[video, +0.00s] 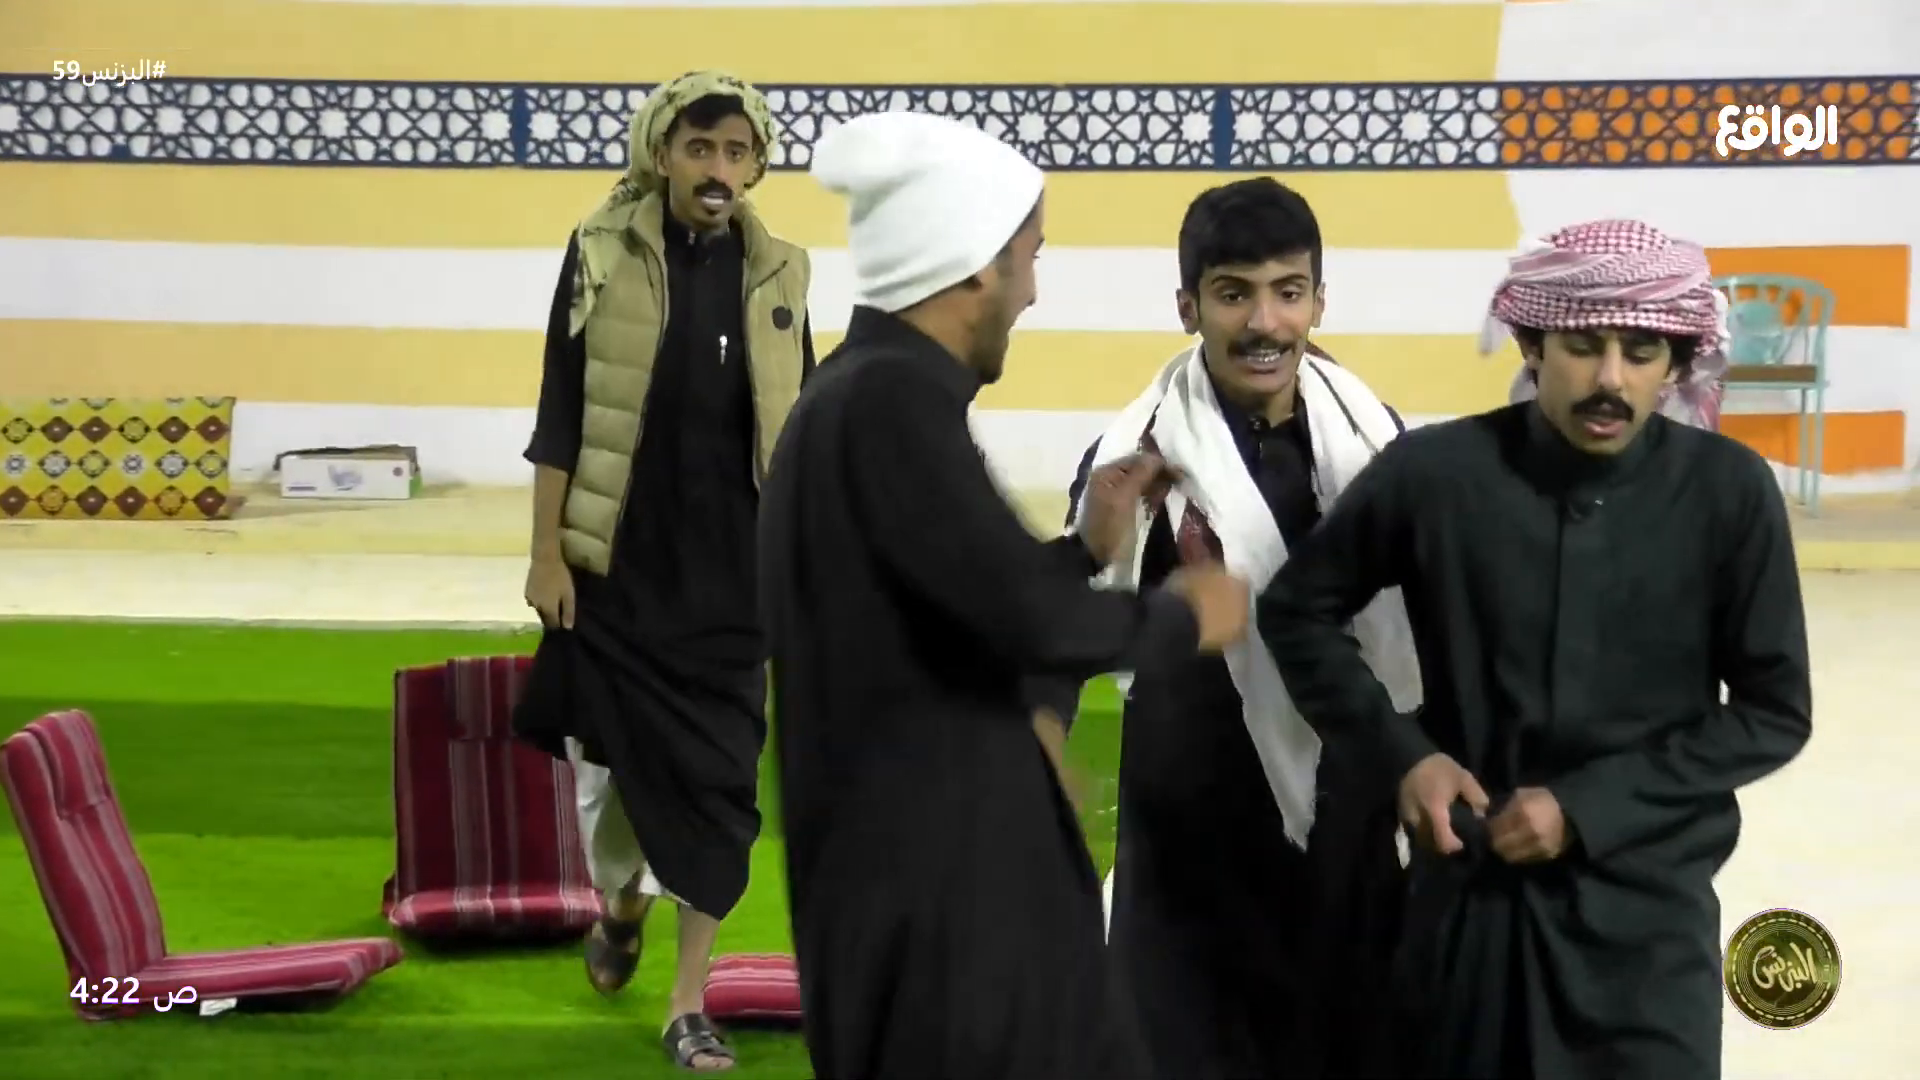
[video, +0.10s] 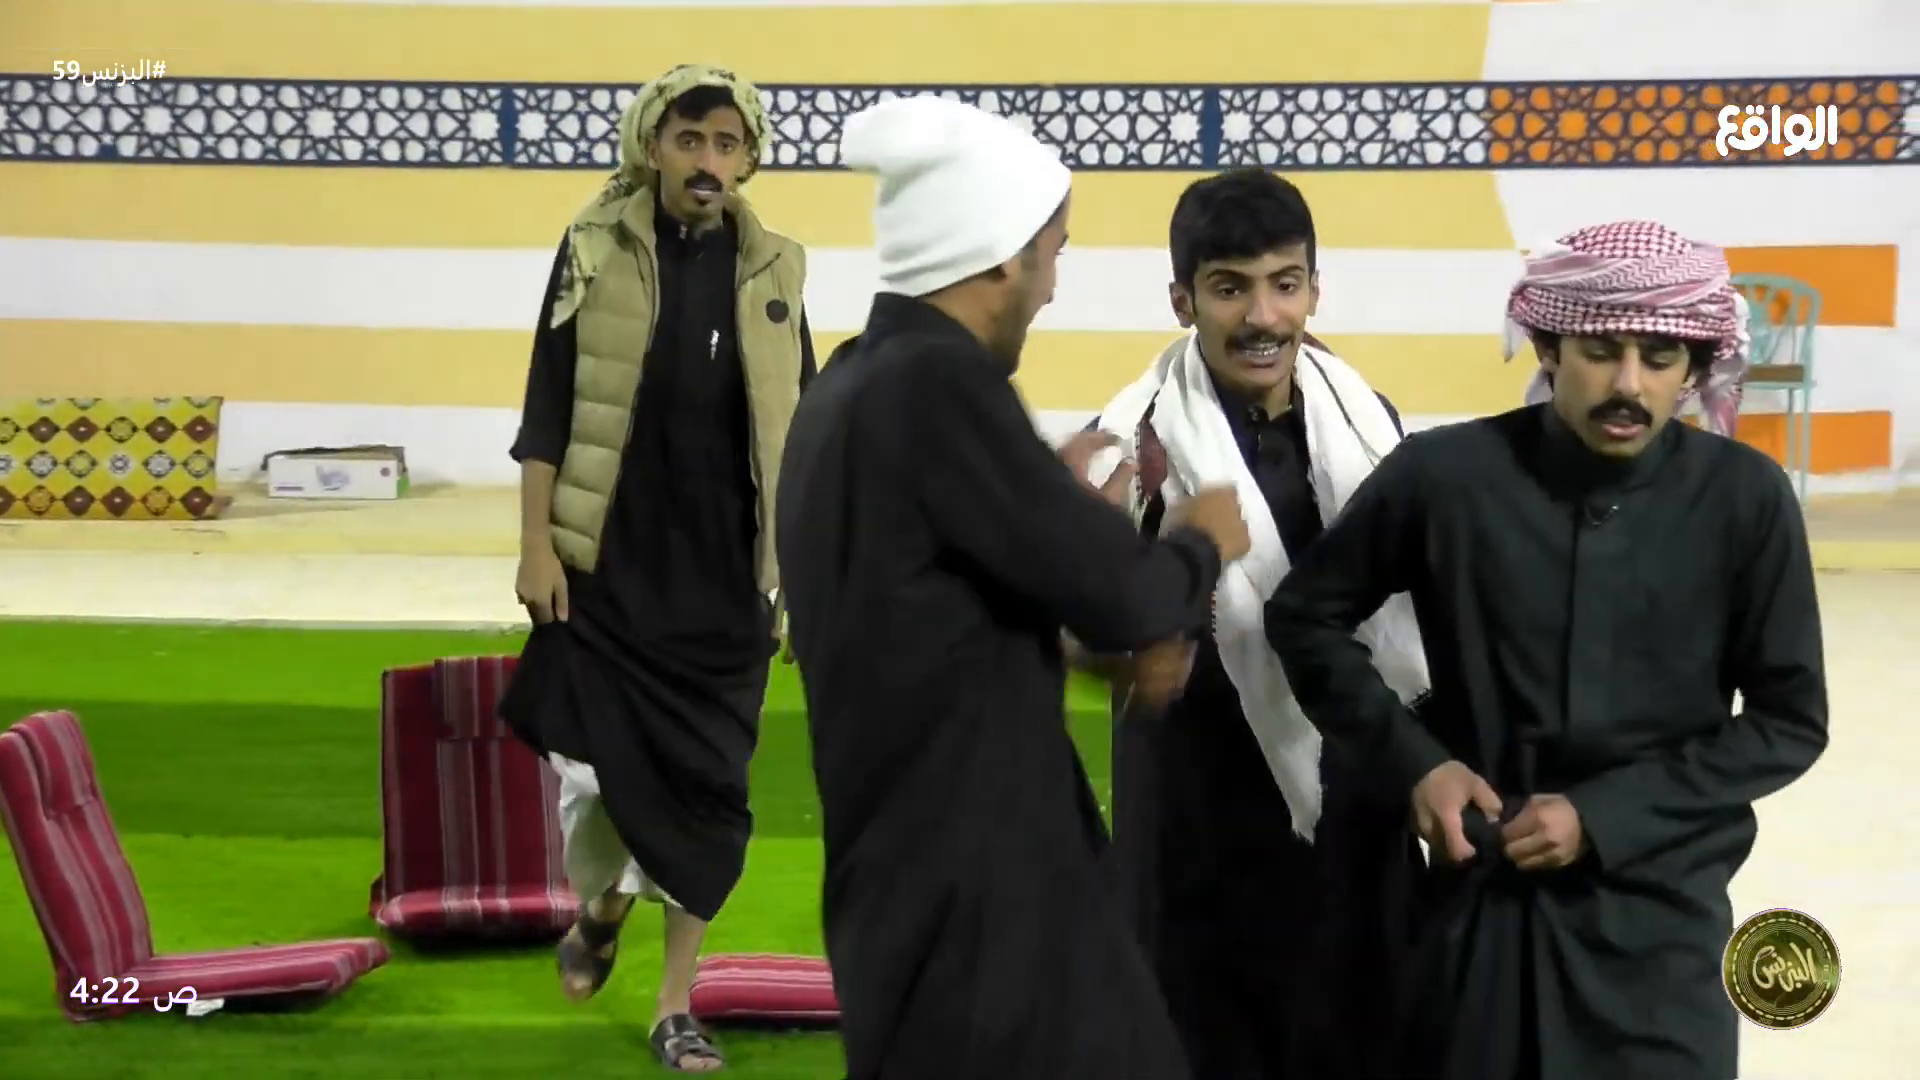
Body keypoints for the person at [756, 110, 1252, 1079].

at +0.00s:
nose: (1034, 289)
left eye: (1033, 257)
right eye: (1029, 257)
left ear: (956, 266)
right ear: (975, 268)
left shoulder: (844, 400)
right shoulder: (897, 402)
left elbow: (948, 617)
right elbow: (1017, 616)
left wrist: (1087, 550)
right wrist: (1179, 619)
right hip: (955, 904)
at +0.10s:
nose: (1057, 278)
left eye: (1058, 247)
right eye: (1053, 247)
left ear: (958, 248)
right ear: (1001, 253)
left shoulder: (843, 390)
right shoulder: (942, 388)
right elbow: (1128, 608)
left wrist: (1057, 508)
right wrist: (1199, 546)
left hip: (902, 902)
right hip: (997, 911)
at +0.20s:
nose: (1096, 268)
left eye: (1093, 242)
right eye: (1093, 244)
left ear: (956, 248)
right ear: (1060, 255)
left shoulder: (860, 397)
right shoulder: (1011, 388)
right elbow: (1187, 592)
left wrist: (1106, 499)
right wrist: (1269, 505)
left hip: (916, 908)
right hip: (1042, 915)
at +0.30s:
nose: (1108, 273)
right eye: (1107, 250)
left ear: (970, 257)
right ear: (1086, 260)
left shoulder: (884, 394)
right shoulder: (1058, 395)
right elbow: (1216, 595)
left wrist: (1109, 452)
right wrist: (1301, 501)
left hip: (921, 864)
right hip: (1054, 870)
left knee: (946, 1052)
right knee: (1067, 1053)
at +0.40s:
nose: (1127, 286)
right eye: (1126, 264)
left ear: (981, 269)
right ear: (1099, 273)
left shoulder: (908, 394)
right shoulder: (1108, 404)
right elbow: (1217, 610)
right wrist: (1268, 461)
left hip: (925, 823)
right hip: (1069, 829)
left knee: (933, 1045)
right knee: (1060, 1047)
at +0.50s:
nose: (1128, 286)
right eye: (1120, 265)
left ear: (984, 277)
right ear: (1099, 281)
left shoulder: (909, 400)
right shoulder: (1109, 412)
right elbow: (1211, 596)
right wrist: (1259, 438)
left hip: (929, 838)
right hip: (1083, 844)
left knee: (926, 1047)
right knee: (1084, 1050)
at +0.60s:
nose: (1077, 296)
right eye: (1071, 276)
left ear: (947, 292)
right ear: (1058, 294)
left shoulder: (879, 421)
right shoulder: (1079, 425)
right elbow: (1239, 557)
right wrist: (1242, 425)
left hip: (925, 861)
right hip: (1076, 860)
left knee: (933, 1056)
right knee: (1083, 1054)